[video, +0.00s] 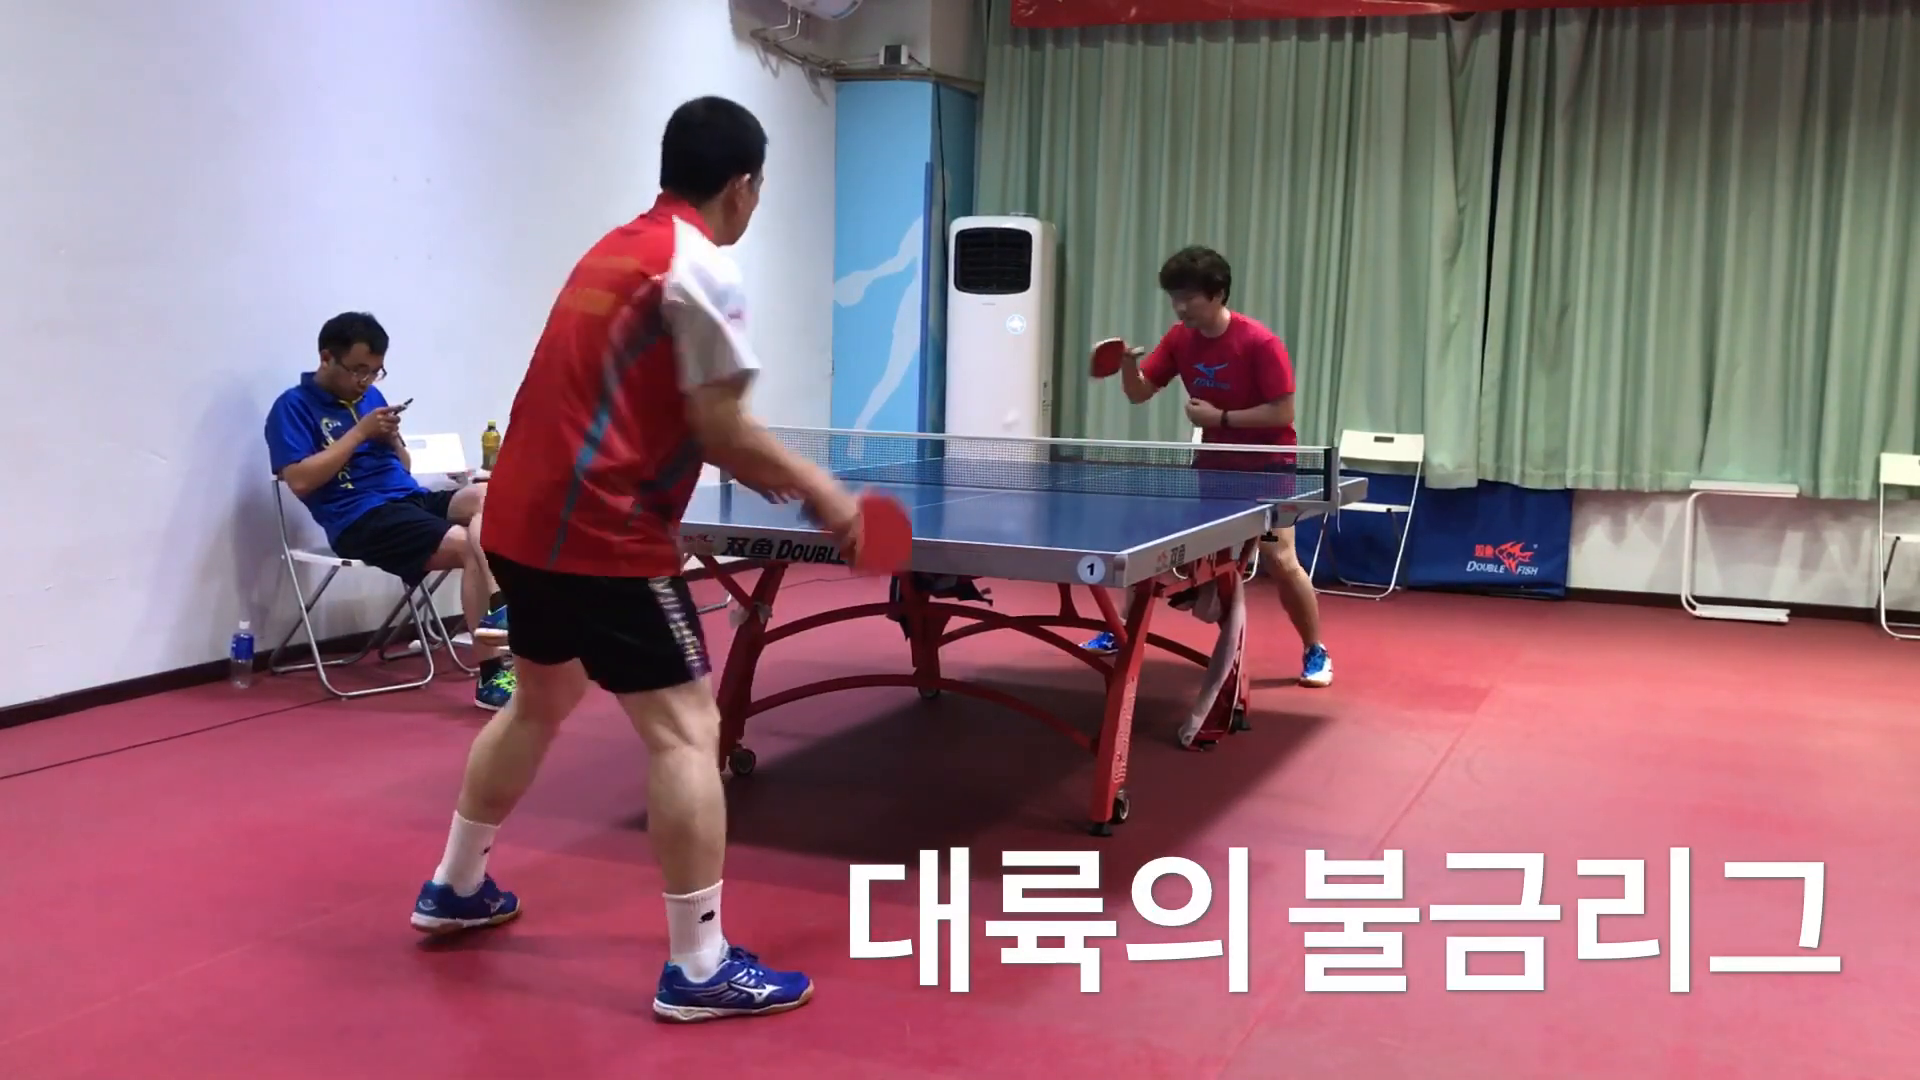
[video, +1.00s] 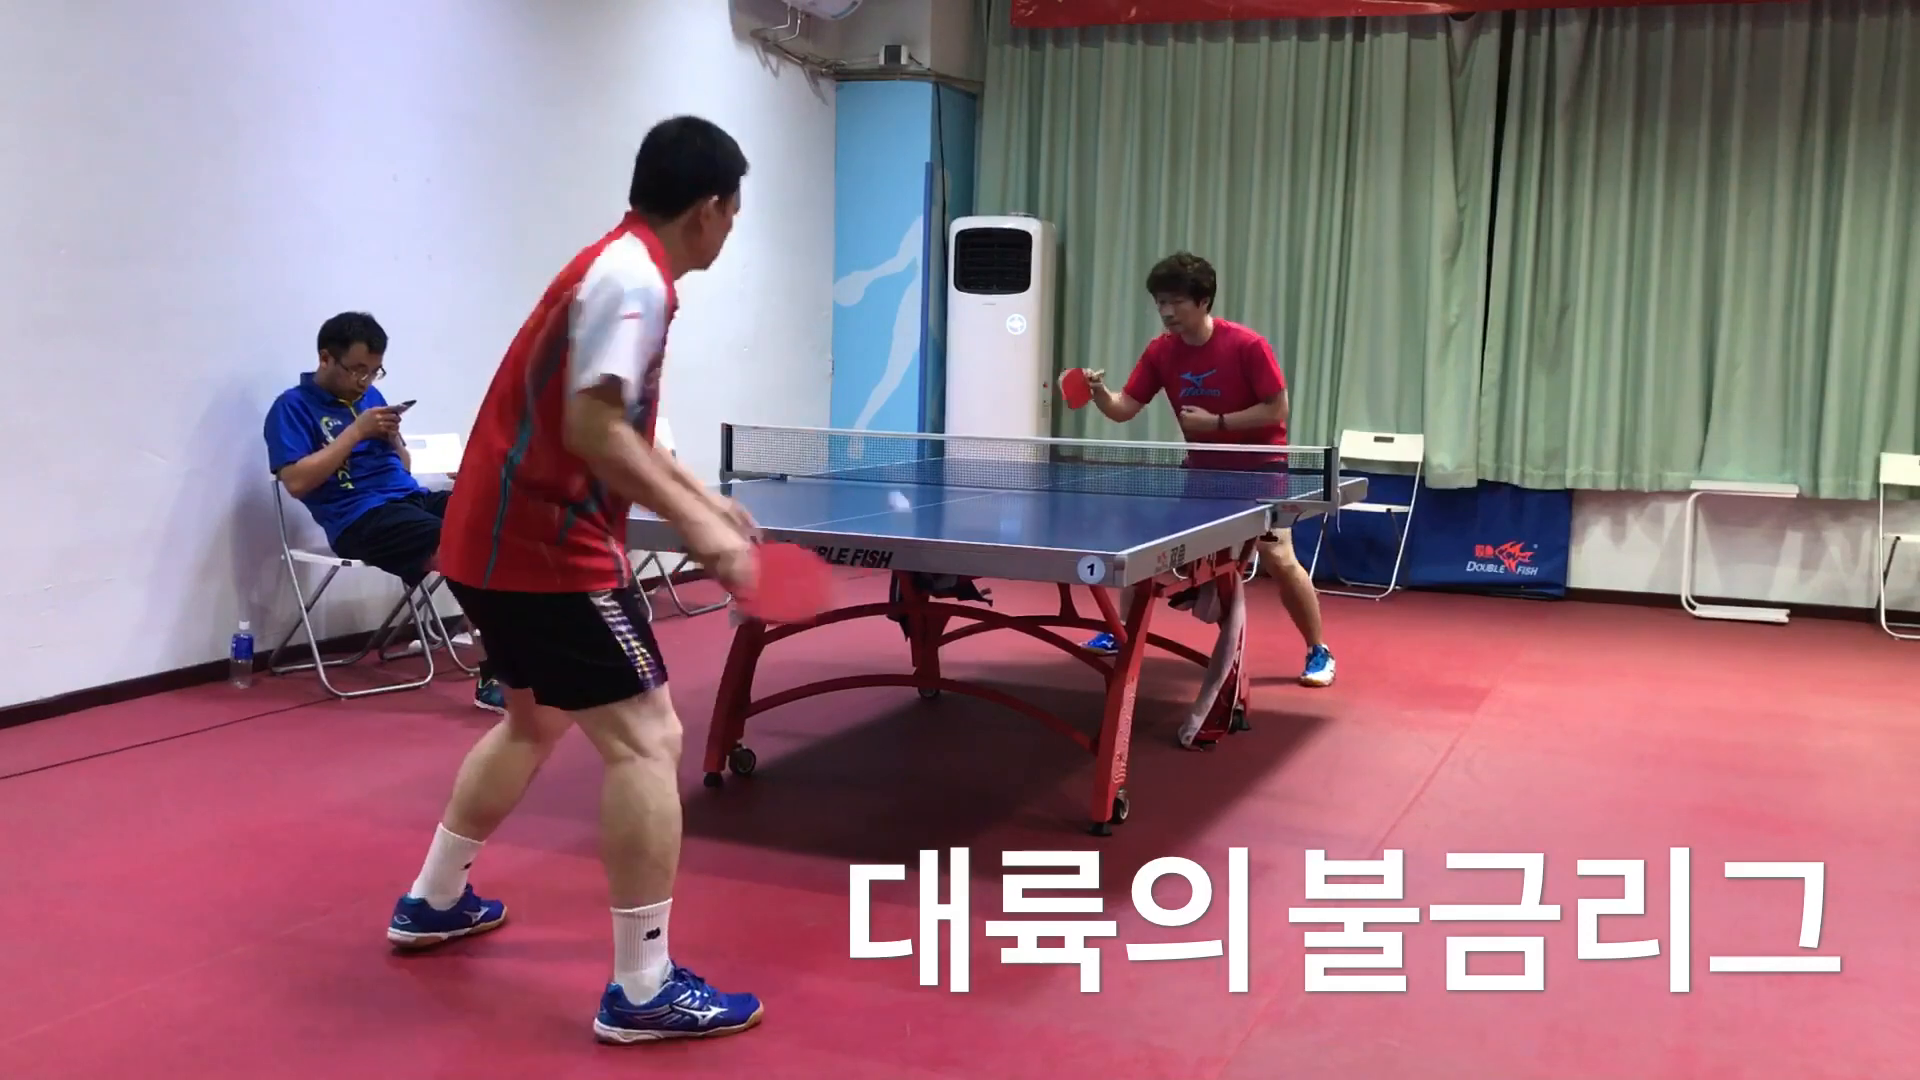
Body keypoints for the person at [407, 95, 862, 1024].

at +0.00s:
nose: (756, 202)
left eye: (755, 186)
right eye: (757, 185)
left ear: (670, 171)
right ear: (738, 185)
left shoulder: (618, 247)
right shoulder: (698, 266)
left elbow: (667, 417)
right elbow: (718, 430)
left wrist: (784, 468)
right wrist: (821, 490)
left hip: (523, 525)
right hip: (604, 541)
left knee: (538, 706)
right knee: (685, 732)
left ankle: (453, 886)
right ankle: (700, 966)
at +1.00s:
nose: (732, 226)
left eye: (733, 209)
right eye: (731, 208)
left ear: (654, 198)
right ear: (703, 207)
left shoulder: (624, 269)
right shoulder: (633, 277)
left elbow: (635, 433)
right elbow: (593, 427)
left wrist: (709, 505)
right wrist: (696, 524)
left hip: (495, 543)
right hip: (546, 552)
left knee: (535, 719)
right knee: (645, 739)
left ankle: (432, 898)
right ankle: (643, 987)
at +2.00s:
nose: (720, 218)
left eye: (723, 201)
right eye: (720, 200)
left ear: (638, 192)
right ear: (692, 202)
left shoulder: (597, 265)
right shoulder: (623, 285)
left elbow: (569, 421)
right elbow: (602, 448)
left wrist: (645, 462)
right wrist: (717, 547)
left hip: (487, 551)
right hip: (542, 565)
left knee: (523, 726)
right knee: (668, 743)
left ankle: (428, 901)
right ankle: (635, 986)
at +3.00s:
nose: (677, 226)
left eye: (676, 207)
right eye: (672, 207)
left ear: (596, 205)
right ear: (638, 209)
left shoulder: (546, 280)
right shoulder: (580, 297)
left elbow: (563, 457)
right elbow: (566, 456)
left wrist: (681, 526)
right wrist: (693, 525)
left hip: (442, 564)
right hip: (511, 576)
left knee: (492, 719)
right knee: (649, 744)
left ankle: (409, 901)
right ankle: (616, 988)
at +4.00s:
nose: (712, 251)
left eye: (708, 233)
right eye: (704, 234)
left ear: (622, 238)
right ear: (675, 243)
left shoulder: (558, 307)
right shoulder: (655, 335)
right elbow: (823, 407)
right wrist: (980, 428)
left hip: (392, 539)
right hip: (444, 556)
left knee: (433, 715)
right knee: (604, 740)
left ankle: (359, 897)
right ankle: (596, 988)